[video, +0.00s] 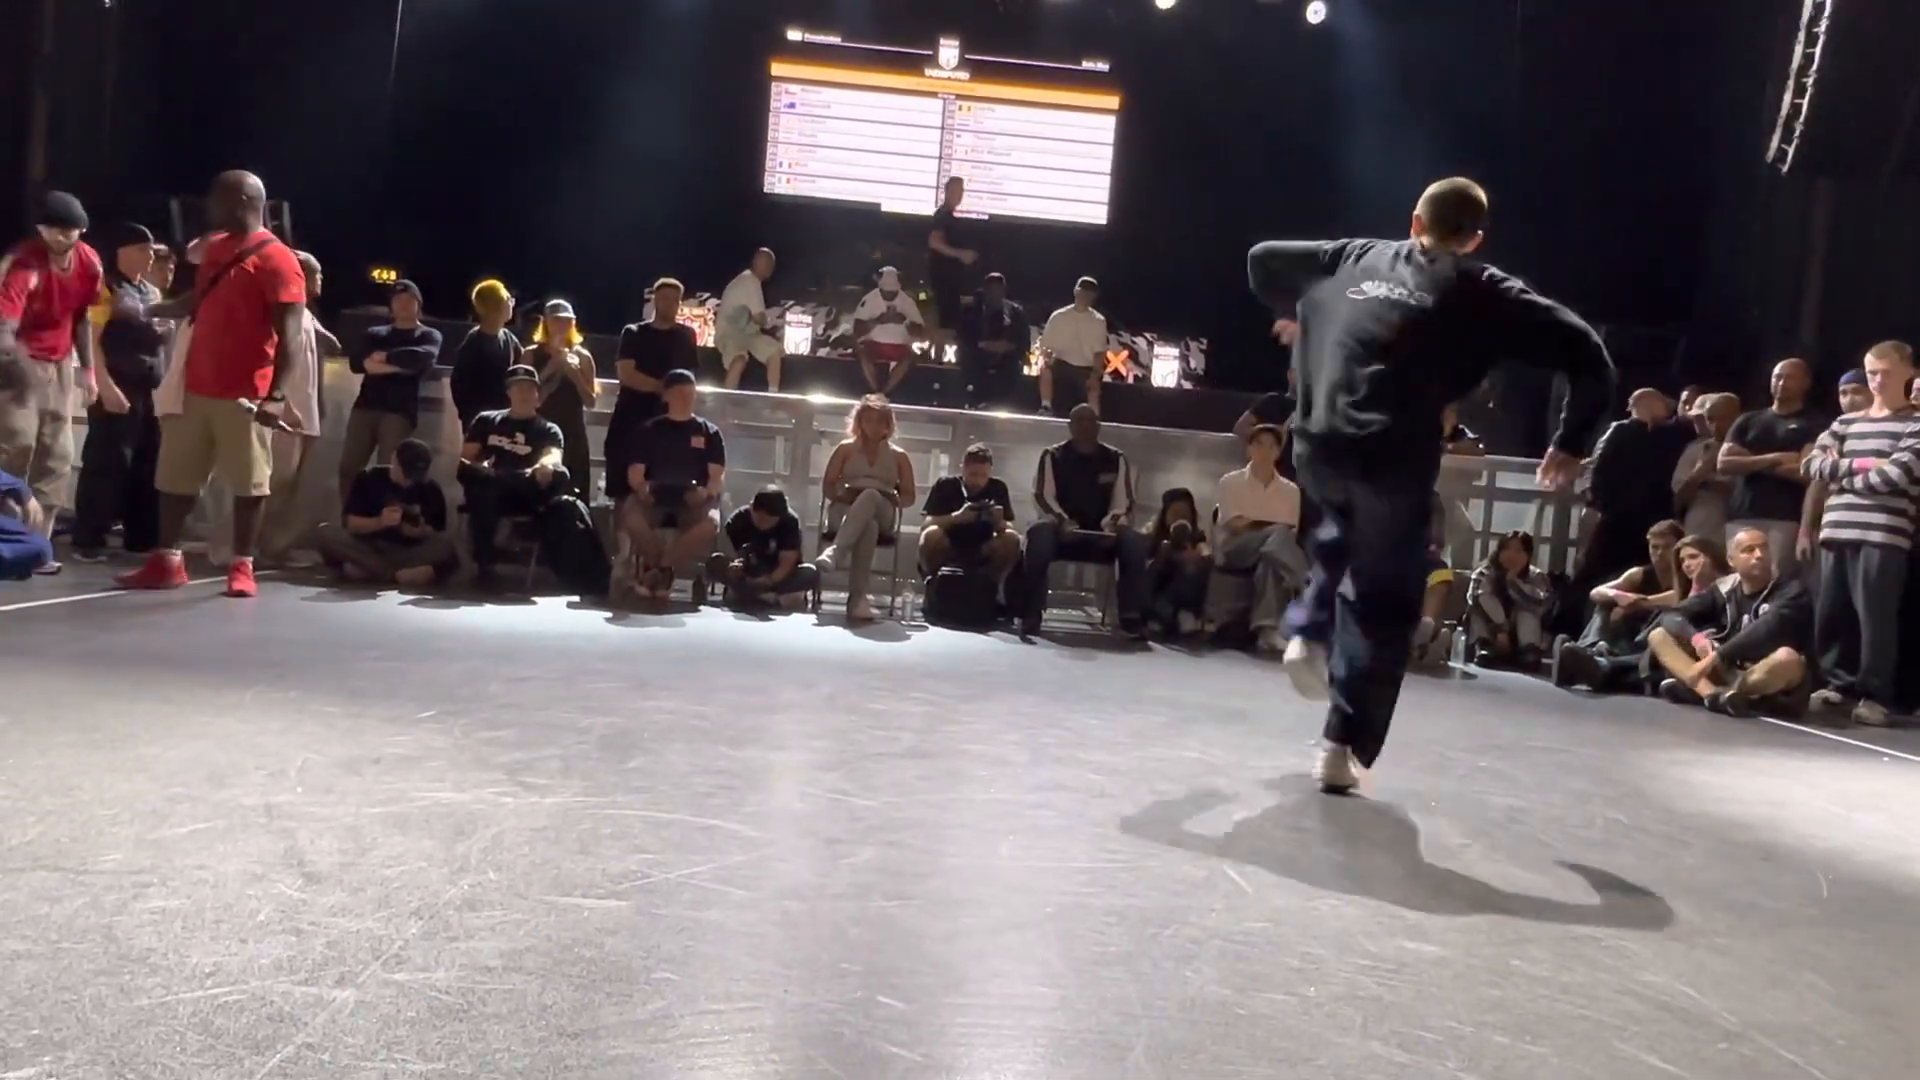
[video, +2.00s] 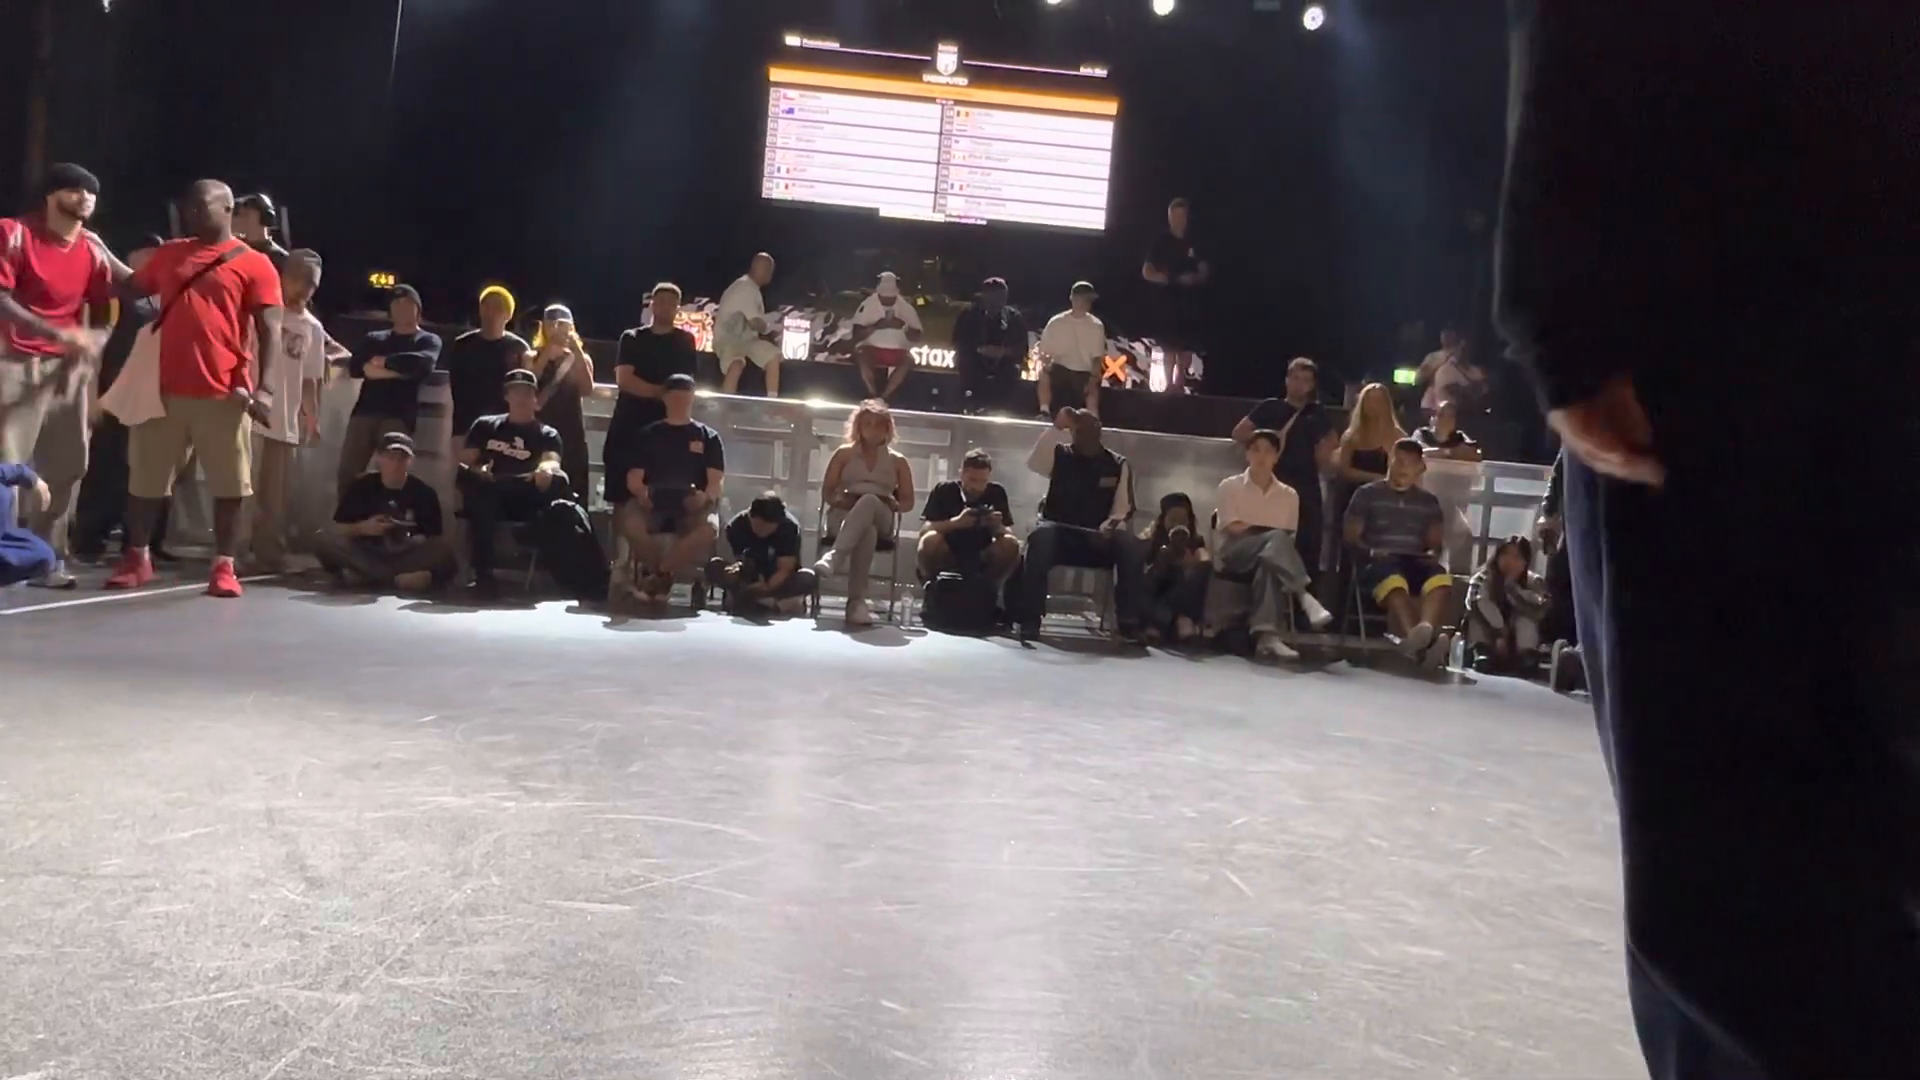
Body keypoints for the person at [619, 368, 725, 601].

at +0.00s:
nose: (686, 398)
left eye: (689, 392)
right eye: (679, 392)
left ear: (695, 395)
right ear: (666, 396)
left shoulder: (709, 432)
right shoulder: (648, 430)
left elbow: (716, 477)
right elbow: (635, 474)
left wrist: (705, 493)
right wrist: (645, 492)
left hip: (692, 491)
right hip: (655, 489)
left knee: (709, 524)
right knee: (631, 513)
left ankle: (657, 571)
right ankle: (661, 571)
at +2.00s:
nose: (680, 400)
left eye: (685, 394)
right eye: (675, 394)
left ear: (692, 397)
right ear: (665, 397)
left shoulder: (708, 437)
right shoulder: (647, 434)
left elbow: (715, 482)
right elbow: (633, 477)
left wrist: (704, 498)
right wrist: (644, 494)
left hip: (690, 499)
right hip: (654, 497)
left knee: (708, 530)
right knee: (630, 520)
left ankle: (659, 574)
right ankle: (662, 575)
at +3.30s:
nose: (658, 419)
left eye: (662, 413)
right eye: (652, 413)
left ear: (670, 416)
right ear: (642, 416)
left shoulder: (686, 453)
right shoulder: (624, 452)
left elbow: (695, 500)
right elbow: (612, 496)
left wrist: (681, 515)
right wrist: (626, 517)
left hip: (670, 517)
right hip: (633, 517)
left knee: (689, 545)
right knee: (607, 534)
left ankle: (642, 590)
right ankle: (640, 591)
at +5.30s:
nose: (673, 432)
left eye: (678, 427)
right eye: (668, 427)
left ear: (685, 429)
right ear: (657, 429)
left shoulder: (701, 465)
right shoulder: (640, 466)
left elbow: (711, 508)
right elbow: (629, 506)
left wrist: (701, 525)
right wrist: (637, 526)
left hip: (686, 526)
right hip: (650, 526)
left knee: (706, 555)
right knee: (625, 550)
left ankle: (658, 605)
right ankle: (659, 605)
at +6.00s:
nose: (682, 422)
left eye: (687, 417)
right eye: (677, 417)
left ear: (694, 421)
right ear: (666, 420)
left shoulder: (709, 456)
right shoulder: (649, 456)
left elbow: (718, 499)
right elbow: (637, 499)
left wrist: (708, 517)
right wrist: (648, 517)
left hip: (694, 519)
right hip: (659, 518)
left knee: (714, 550)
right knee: (637, 544)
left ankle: (670, 598)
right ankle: (665, 596)